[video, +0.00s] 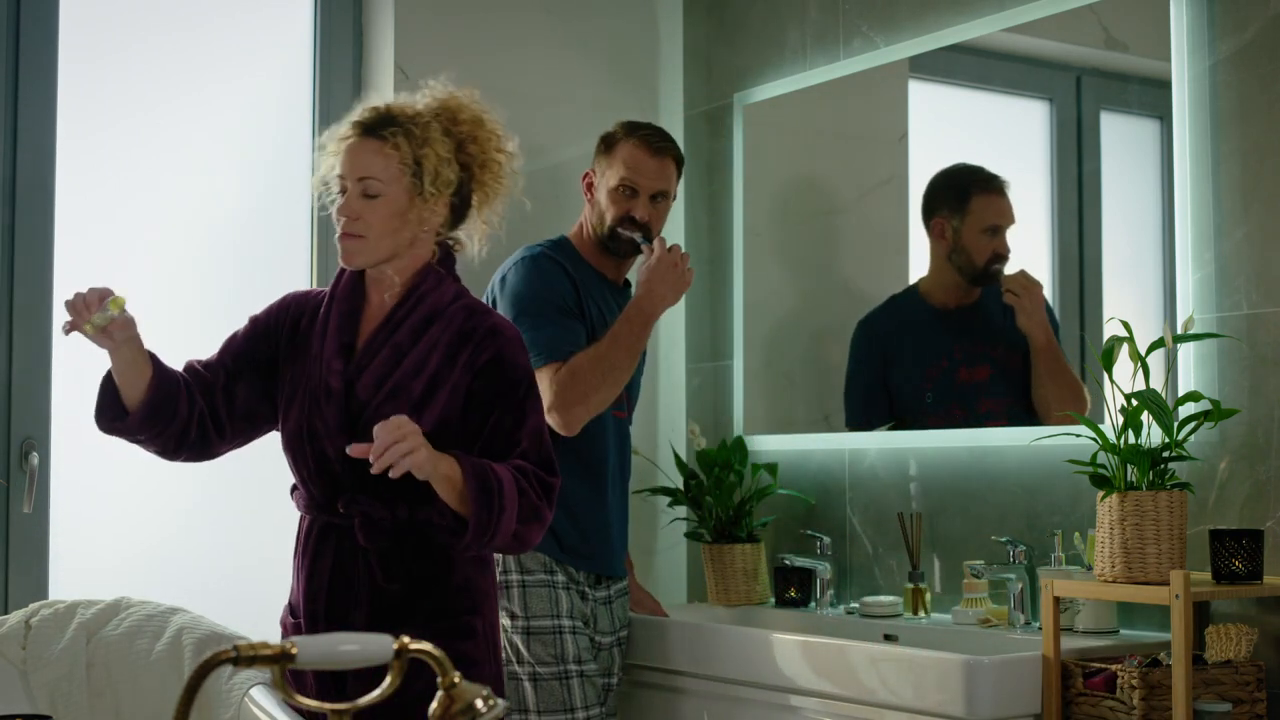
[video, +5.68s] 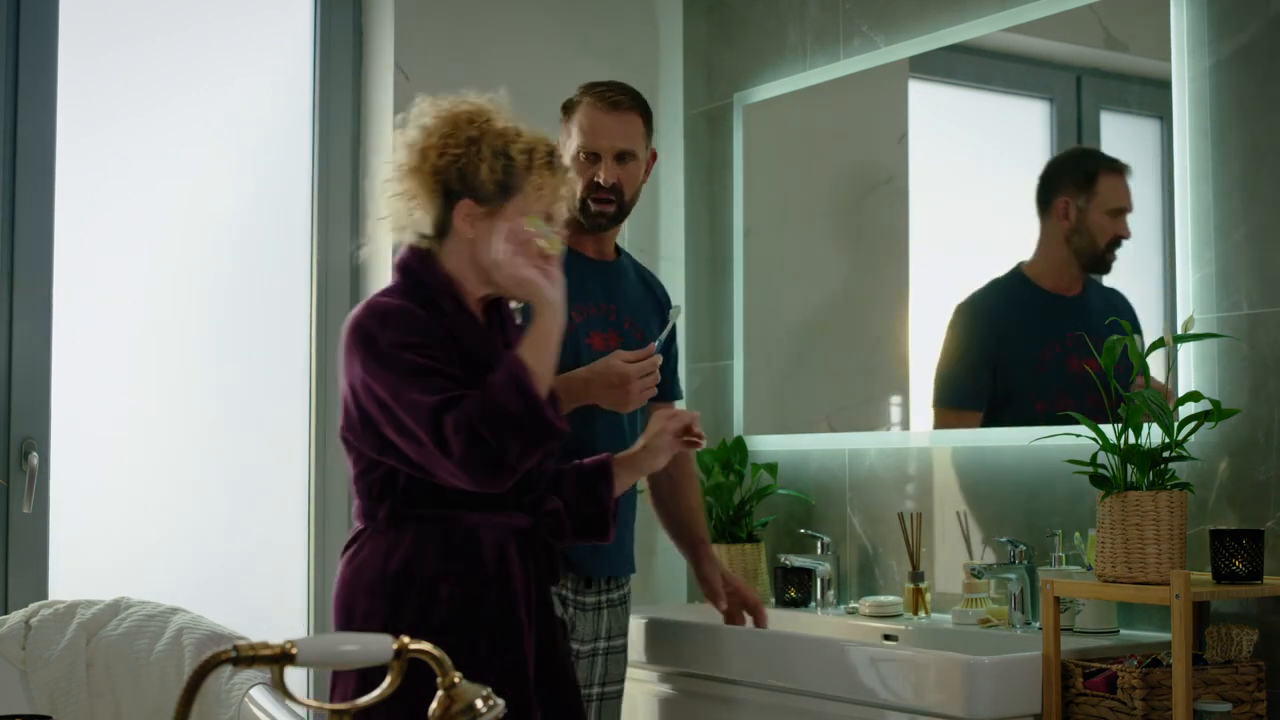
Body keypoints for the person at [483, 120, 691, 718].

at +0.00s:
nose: (642, 213)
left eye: (658, 199)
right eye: (627, 192)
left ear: (670, 204)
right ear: (590, 186)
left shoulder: (623, 298)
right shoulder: (534, 274)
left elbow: (605, 452)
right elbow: (564, 409)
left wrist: (623, 579)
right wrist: (649, 304)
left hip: (599, 578)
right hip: (536, 569)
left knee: (593, 706)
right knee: (558, 710)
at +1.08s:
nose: (711, 263)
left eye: (717, 247)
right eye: (707, 243)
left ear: (663, 222)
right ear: (660, 217)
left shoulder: (623, 308)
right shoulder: (557, 277)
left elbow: (593, 473)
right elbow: (579, 415)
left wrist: (624, 582)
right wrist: (677, 339)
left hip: (598, 576)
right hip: (540, 569)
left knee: (590, 707)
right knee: (565, 710)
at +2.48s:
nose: (652, 197)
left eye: (665, 182)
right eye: (634, 178)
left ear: (676, 189)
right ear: (592, 182)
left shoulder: (633, 302)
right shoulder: (534, 279)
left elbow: (605, 452)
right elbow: (505, 415)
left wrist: (620, 571)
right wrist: (635, 394)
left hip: (602, 573)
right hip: (538, 565)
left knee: (591, 709)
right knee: (566, 711)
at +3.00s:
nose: (613, 178)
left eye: (636, 164)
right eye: (601, 156)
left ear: (668, 178)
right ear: (579, 156)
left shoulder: (668, 295)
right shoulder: (508, 265)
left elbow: (682, 441)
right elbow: (469, 413)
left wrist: (710, 563)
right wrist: (573, 404)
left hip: (604, 566)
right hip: (513, 556)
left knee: (594, 712)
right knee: (523, 714)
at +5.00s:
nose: (599, 187)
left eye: (623, 172)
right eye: (589, 164)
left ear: (665, 177)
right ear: (574, 153)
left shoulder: (681, 297)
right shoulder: (499, 265)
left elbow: (697, 457)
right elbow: (454, 414)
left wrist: (720, 593)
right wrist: (548, 411)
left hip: (609, 594)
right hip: (496, 586)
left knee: (602, 712)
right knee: (494, 713)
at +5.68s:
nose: (605, 176)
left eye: (623, 158)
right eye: (588, 156)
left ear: (648, 166)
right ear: (559, 158)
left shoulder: (650, 296)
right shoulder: (516, 271)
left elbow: (666, 440)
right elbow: (483, 406)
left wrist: (706, 564)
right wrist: (580, 389)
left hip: (607, 575)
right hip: (518, 568)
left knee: (595, 712)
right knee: (519, 710)